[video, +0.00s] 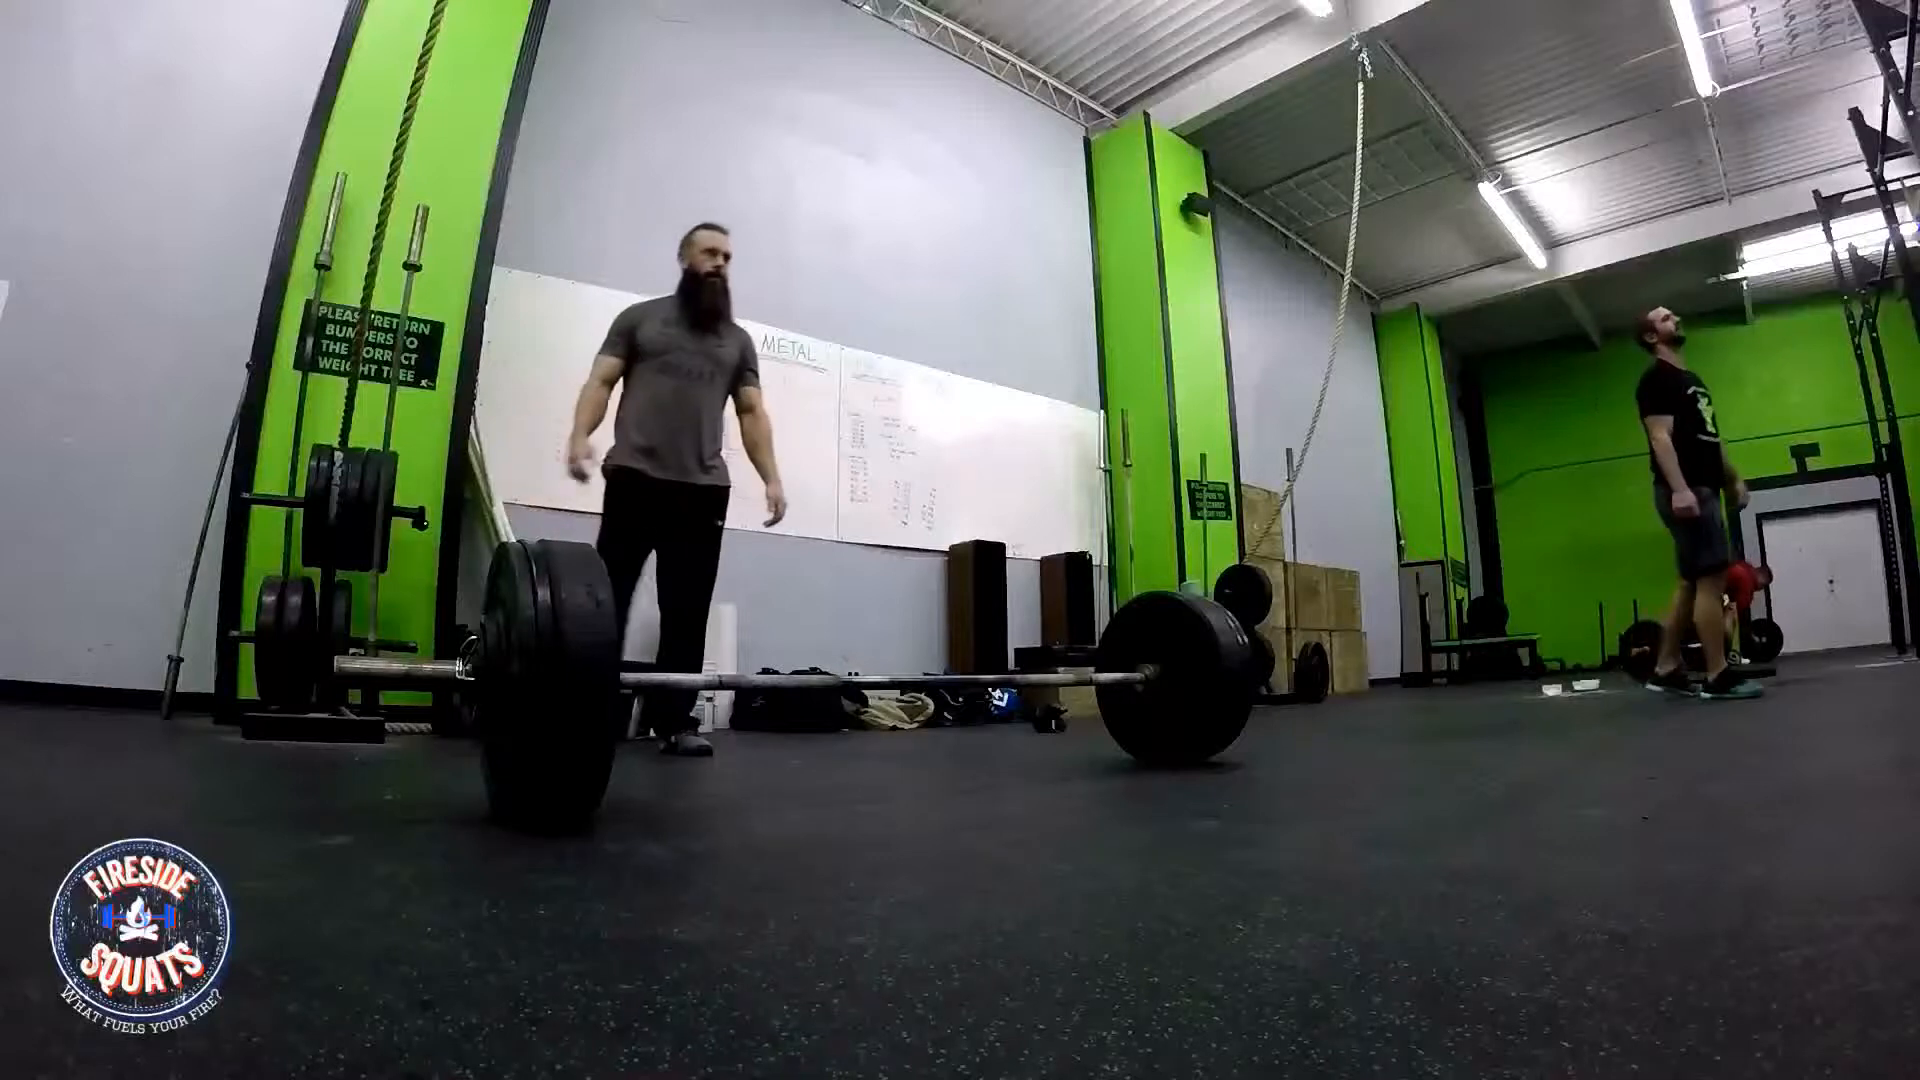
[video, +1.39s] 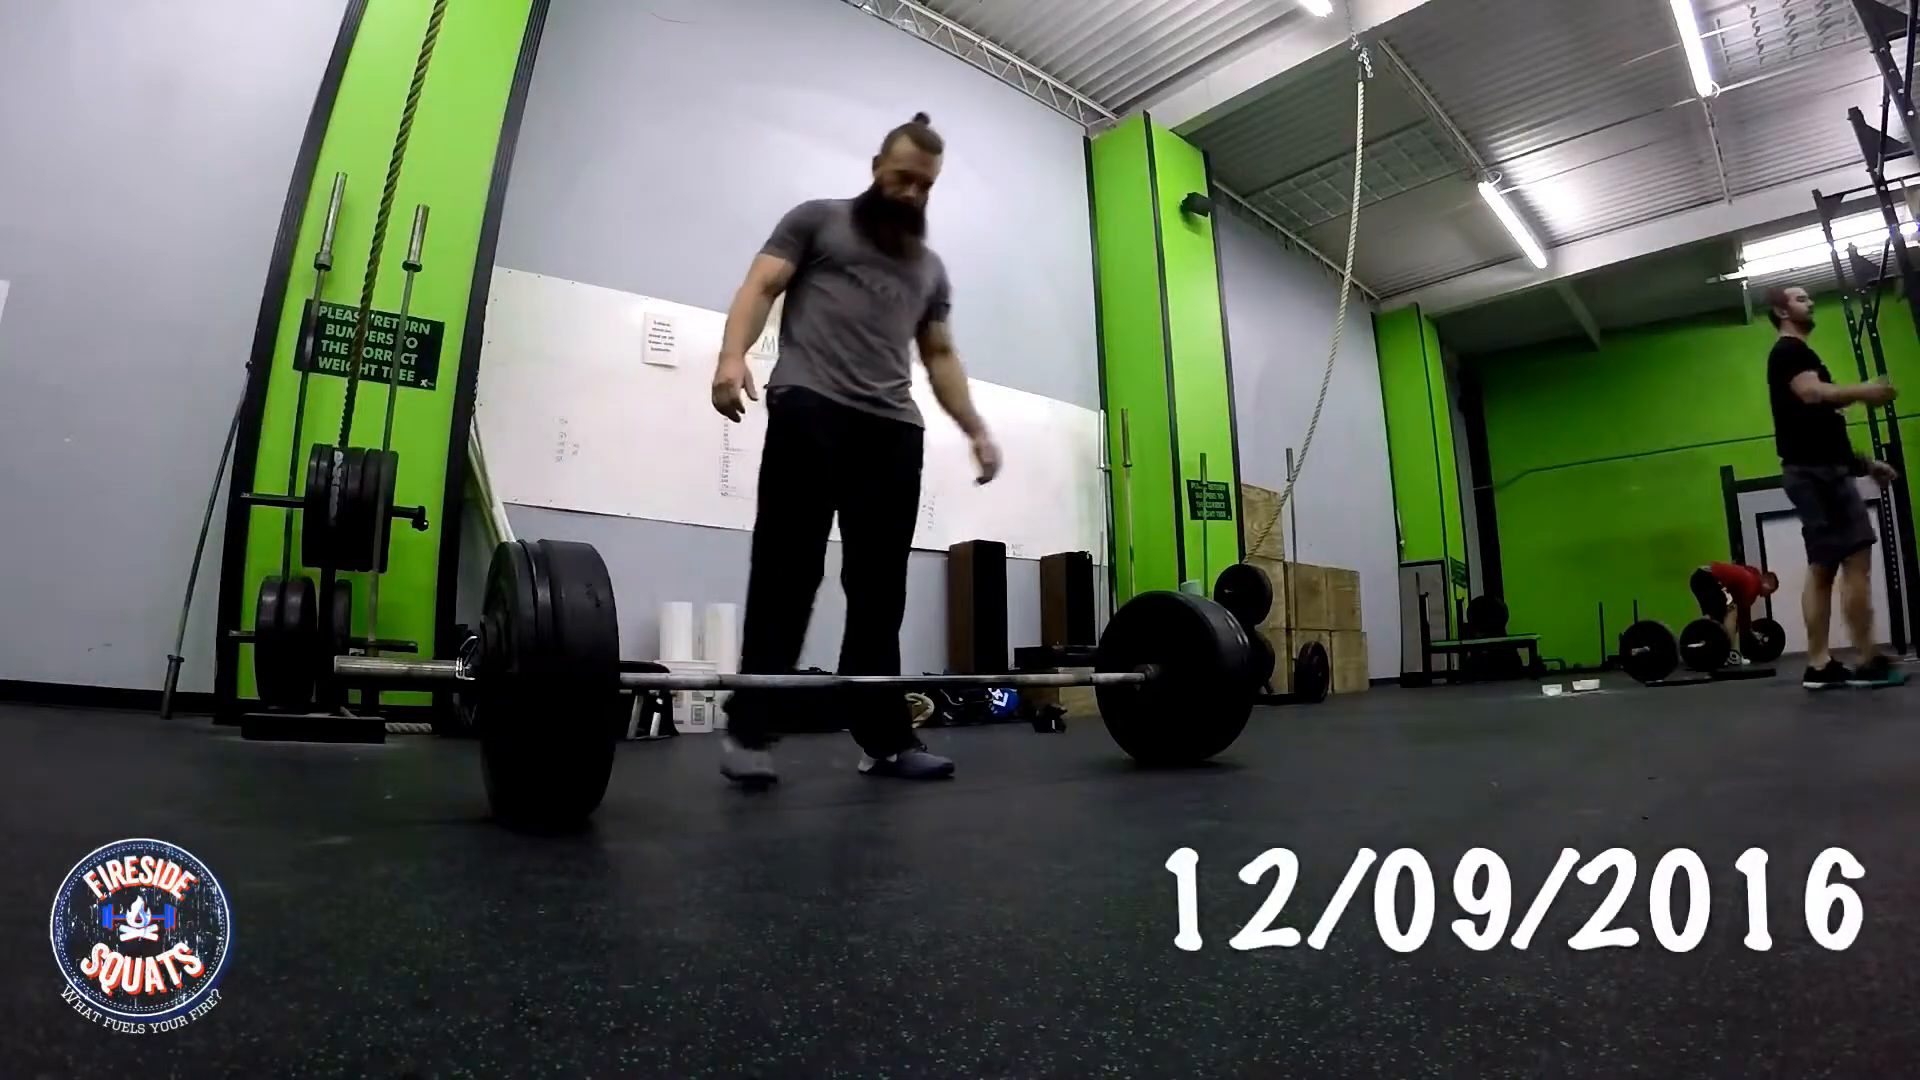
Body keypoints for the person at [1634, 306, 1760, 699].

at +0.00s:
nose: (1672, 317)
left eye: (1669, 314)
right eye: (1663, 317)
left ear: (1669, 332)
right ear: (1651, 335)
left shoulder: (1690, 378)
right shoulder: (1656, 379)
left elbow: (1708, 437)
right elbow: (1660, 437)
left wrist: (1732, 478)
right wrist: (1679, 488)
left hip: (1702, 488)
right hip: (1687, 490)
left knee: (1690, 580)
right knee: (1711, 577)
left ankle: (1667, 666)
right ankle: (1718, 674)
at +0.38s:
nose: (1699, 301)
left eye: (1694, 297)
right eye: (1690, 299)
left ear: (1688, 318)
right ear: (1682, 317)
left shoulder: (1708, 365)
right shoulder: (1689, 363)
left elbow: (1731, 432)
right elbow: (1702, 420)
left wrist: (1766, 463)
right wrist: (1740, 465)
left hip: (1724, 481)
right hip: (1705, 482)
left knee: (1743, 572)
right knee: (1719, 575)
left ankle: (1734, 664)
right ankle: (1717, 674)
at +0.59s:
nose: (1719, 300)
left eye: (1713, 295)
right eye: (1710, 297)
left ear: (1702, 316)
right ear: (1699, 314)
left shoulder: (1718, 360)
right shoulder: (1706, 360)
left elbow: (1731, 425)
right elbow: (1728, 419)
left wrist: (1758, 473)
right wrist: (1773, 461)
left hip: (1739, 481)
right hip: (1721, 483)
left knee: (1768, 570)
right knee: (1726, 575)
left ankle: (1796, 657)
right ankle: (1719, 671)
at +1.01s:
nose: (1769, 303)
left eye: (1765, 298)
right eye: (1761, 300)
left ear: (1751, 315)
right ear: (1748, 313)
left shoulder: (1762, 356)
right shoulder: (1757, 355)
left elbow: (1770, 414)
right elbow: (1769, 406)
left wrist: (1797, 462)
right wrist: (1802, 454)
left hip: (1787, 472)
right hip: (1775, 473)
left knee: (1808, 568)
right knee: (1784, 563)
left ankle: (1819, 664)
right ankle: (1733, 657)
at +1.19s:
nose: (1790, 302)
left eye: (1788, 298)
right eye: (1782, 299)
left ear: (1775, 313)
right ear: (1765, 313)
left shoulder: (1785, 357)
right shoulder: (1771, 352)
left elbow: (1803, 427)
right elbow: (1792, 397)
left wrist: (1838, 473)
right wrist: (1844, 403)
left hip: (1804, 472)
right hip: (1796, 473)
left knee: (1816, 566)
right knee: (1833, 555)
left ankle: (1819, 662)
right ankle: (1778, 641)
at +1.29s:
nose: (1799, 303)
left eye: (1797, 298)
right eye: (1790, 300)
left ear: (1788, 312)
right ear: (1773, 313)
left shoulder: (1794, 356)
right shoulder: (1778, 351)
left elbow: (1816, 429)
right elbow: (1802, 392)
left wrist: (1853, 469)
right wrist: (1854, 388)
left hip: (1807, 472)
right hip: (1807, 472)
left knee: (1815, 566)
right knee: (1846, 555)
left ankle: (1819, 662)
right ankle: (1824, 659)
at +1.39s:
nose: (1809, 302)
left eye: (1807, 297)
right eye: (1801, 299)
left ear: (1792, 311)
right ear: (1783, 311)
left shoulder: (1801, 356)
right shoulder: (1787, 351)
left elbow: (1822, 433)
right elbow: (1812, 393)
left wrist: (1866, 466)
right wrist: (1865, 391)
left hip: (1813, 473)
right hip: (1817, 472)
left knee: (1821, 568)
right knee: (1857, 556)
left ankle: (1819, 664)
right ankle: (1867, 658)